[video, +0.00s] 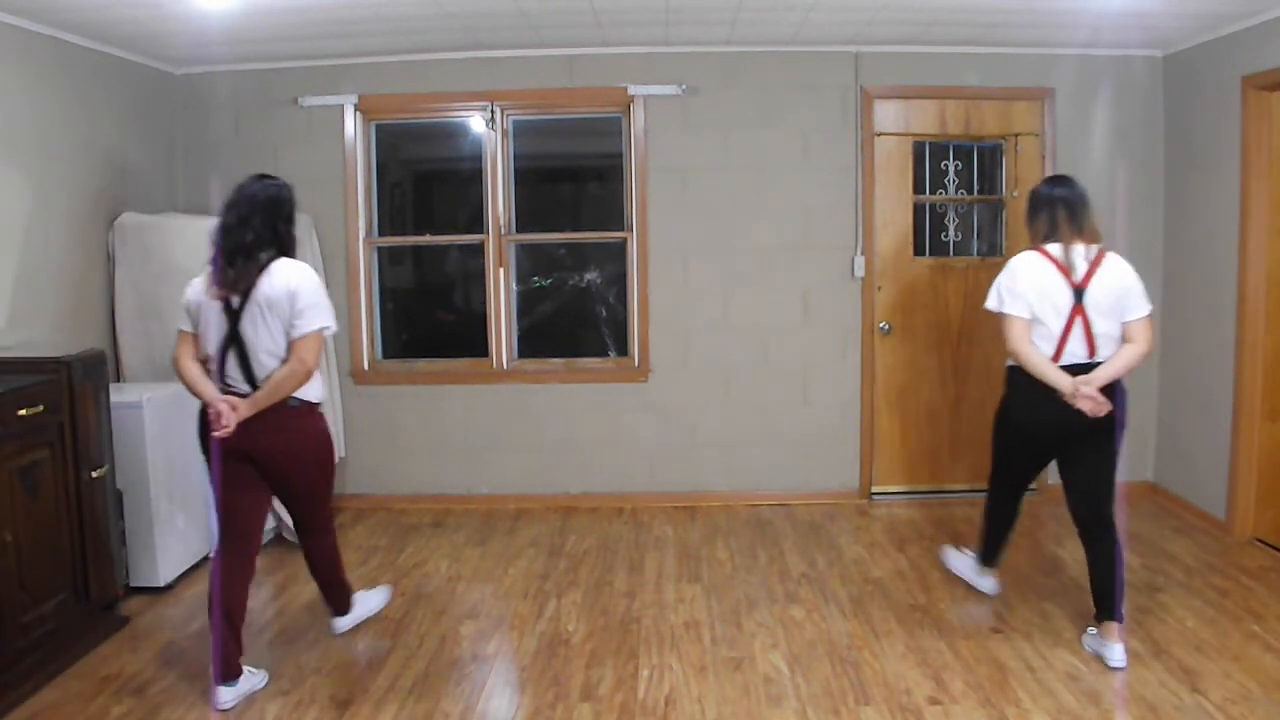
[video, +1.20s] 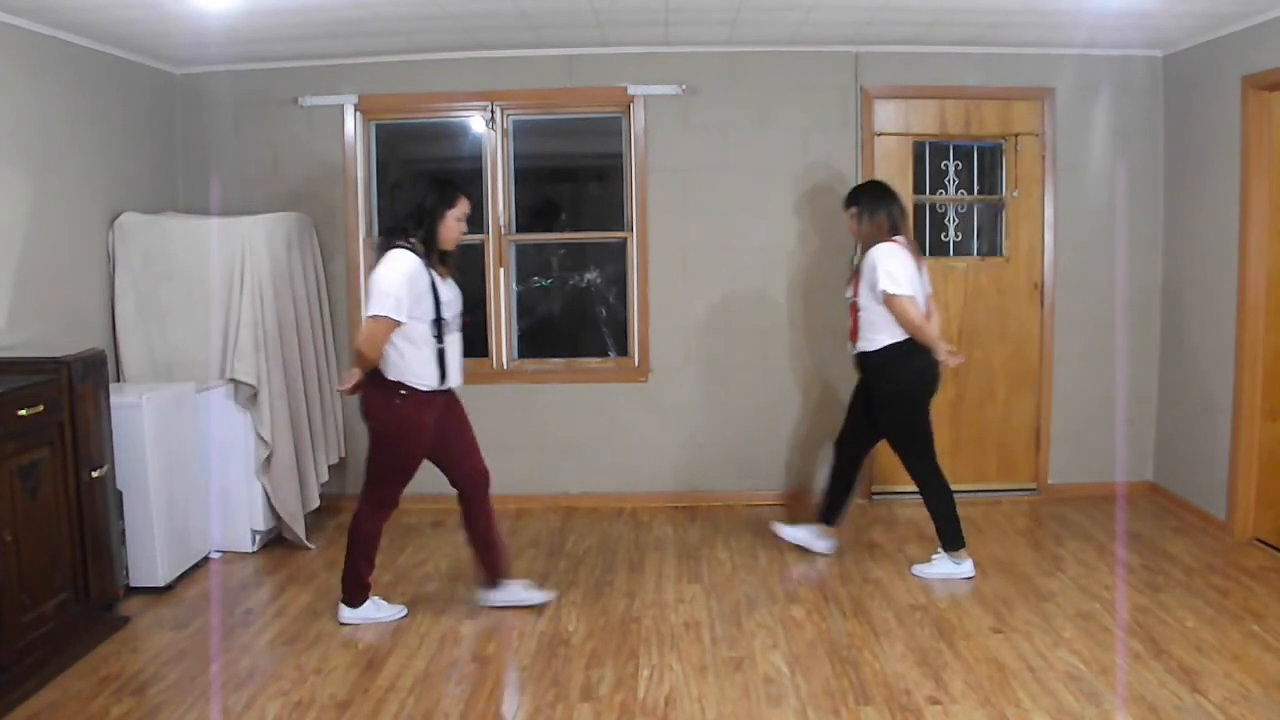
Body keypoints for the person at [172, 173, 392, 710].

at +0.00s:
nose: (291, 226)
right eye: (290, 218)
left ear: (230, 219)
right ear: (284, 224)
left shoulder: (205, 284)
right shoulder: (298, 279)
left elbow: (185, 357)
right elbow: (303, 364)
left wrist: (214, 396)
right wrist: (245, 407)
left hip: (227, 430)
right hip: (291, 427)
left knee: (233, 550)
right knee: (315, 524)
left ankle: (226, 679)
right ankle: (343, 605)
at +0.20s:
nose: (335, 221)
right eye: (332, 213)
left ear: (277, 218)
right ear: (327, 220)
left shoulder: (250, 279)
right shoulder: (341, 276)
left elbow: (236, 348)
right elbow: (343, 360)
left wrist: (260, 393)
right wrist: (283, 398)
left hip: (270, 417)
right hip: (332, 416)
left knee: (278, 528)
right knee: (345, 516)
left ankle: (243, 633)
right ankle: (358, 607)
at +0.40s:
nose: (370, 210)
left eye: (368, 200)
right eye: (365, 202)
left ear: (312, 208)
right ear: (346, 209)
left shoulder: (282, 267)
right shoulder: (361, 265)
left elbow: (270, 333)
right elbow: (357, 348)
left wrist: (286, 377)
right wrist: (308, 383)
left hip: (302, 401)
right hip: (353, 401)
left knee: (332, 489)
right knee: (355, 505)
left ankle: (289, 574)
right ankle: (359, 605)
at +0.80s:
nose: (405, 217)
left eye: (405, 208)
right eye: (399, 208)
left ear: (369, 209)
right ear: (374, 209)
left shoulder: (363, 259)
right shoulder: (360, 263)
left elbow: (340, 341)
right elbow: (341, 348)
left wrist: (319, 364)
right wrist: (319, 373)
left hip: (372, 393)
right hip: (359, 395)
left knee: (386, 486)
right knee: (364, 493)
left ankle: (316, 564)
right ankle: (354, 601)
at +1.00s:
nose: (430, 223)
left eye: (431, 214)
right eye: (424, 213)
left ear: (403, 215)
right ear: (398, 213)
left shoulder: (398, 263)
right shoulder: (372, 262)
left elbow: (372, 334)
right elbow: (344, 348)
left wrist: (335, 369)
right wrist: (335, 372)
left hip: (401, 394)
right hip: (371, 397)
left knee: (434, 480)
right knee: (367, 500)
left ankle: (365, 546)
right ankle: (353, 602)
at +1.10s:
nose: (446, 225)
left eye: (447, 216)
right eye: (441, 215)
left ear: (422, 217)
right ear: (415, 214)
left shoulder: (415, 264)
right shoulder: (383, 263)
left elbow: (387, 332)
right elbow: (354, 344)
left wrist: (349, 367)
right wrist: (353, 369)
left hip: (419, 398)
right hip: (384, 400)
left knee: (460, 475)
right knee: (370, 502)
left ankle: (420, 567)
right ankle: (353, 601)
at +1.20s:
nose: (464, 229)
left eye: (466, 220)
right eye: (459, 219)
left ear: (444, 222)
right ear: (433, 217)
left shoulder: (437, 269)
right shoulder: (399, 266)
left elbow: (415, 339)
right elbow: (369, 345)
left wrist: (366, 368)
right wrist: (369, 367)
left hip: (440, 403)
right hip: (401, 405)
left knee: (474, 483)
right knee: (378, 502)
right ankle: (354, 600)